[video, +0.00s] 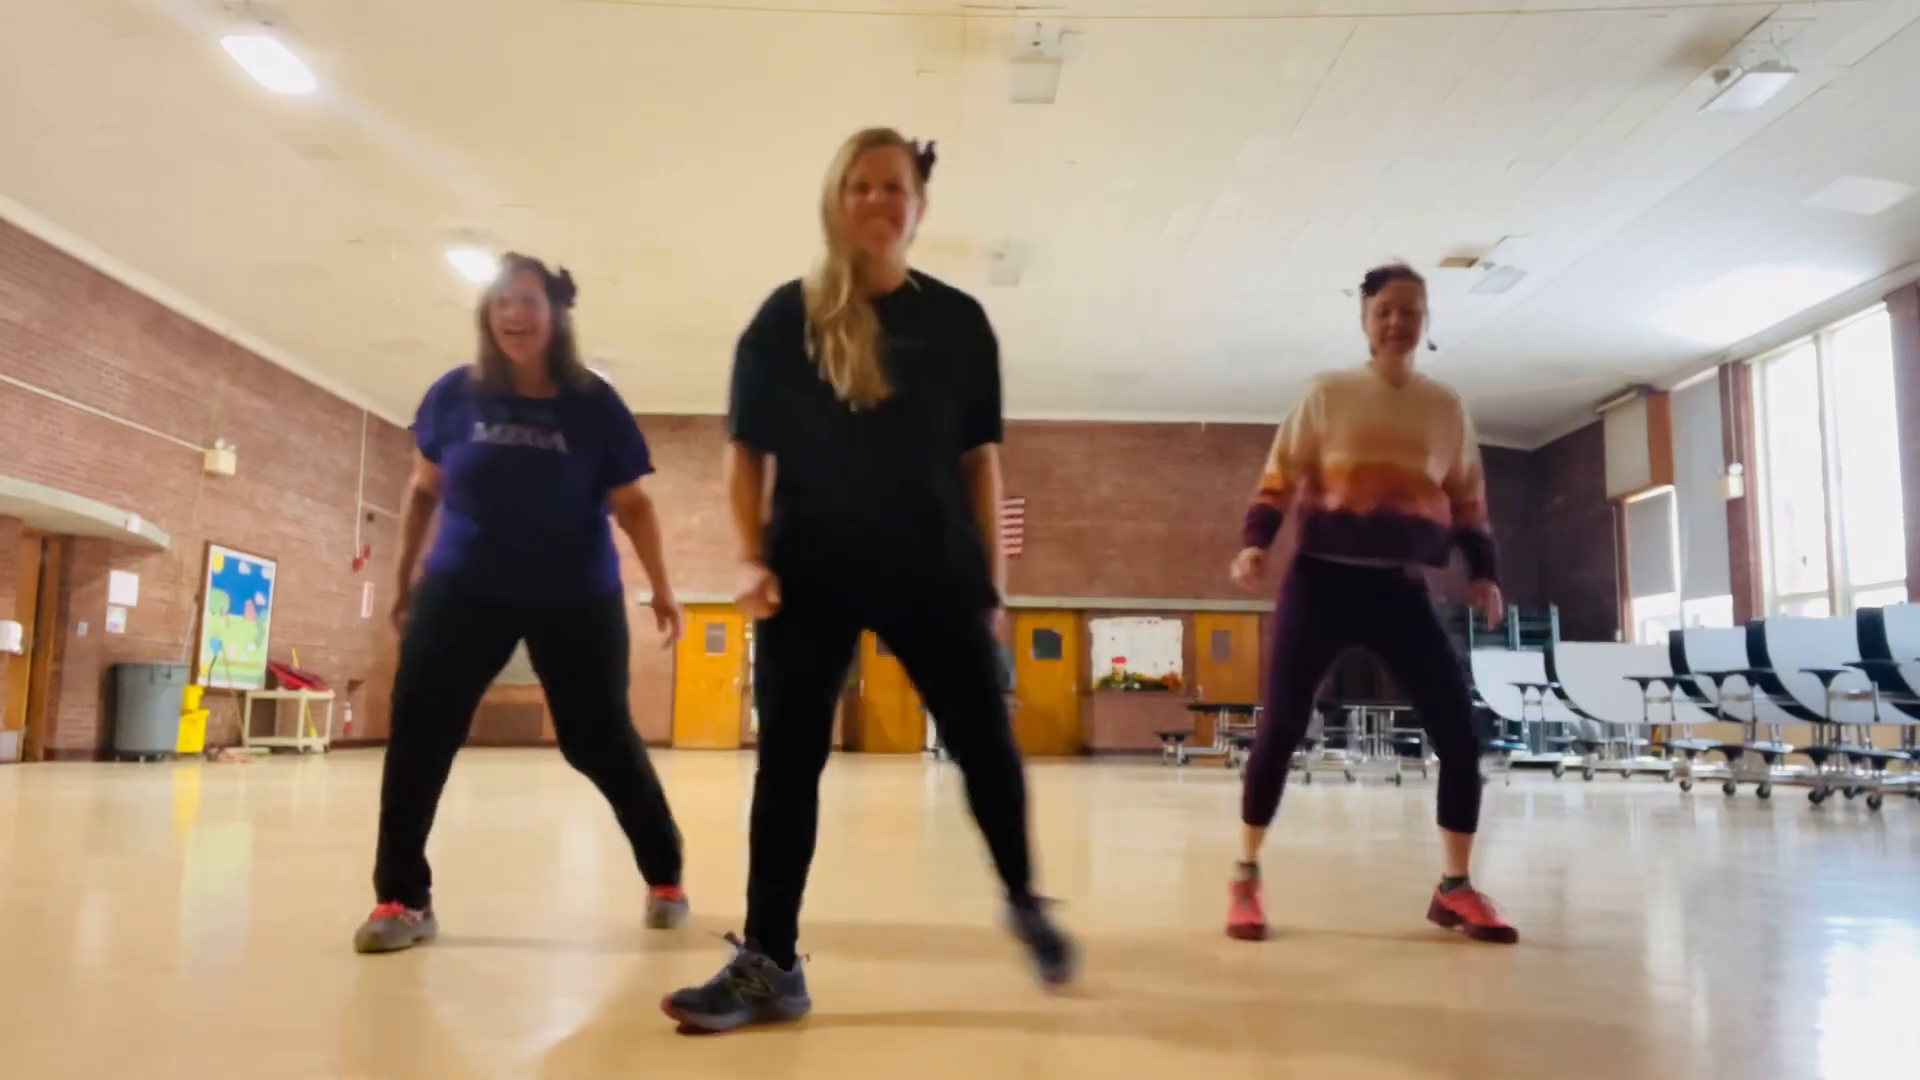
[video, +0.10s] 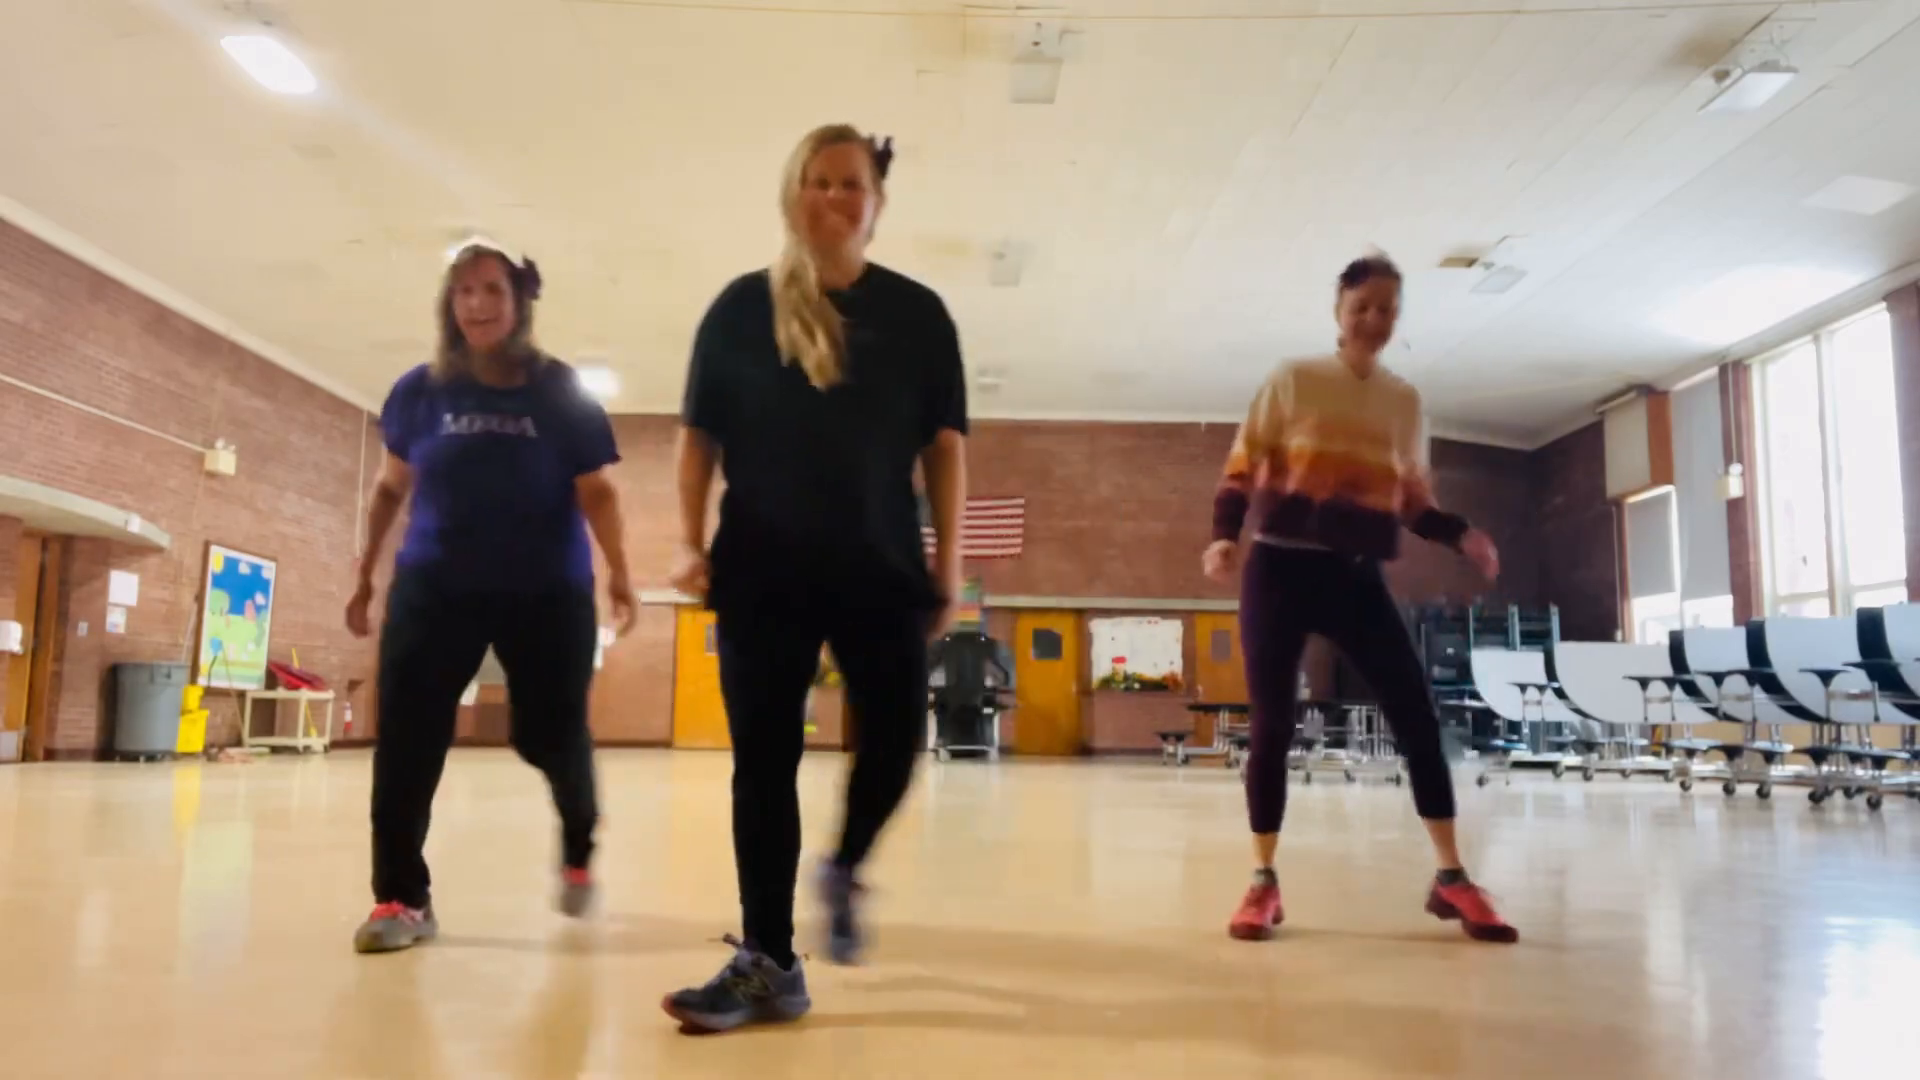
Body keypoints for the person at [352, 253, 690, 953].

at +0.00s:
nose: (514, 315)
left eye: (529, 303)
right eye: (502, 304)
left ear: (556, 314)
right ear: (486, 316)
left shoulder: (593, 403)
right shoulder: (456, 395)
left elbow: (632, 505)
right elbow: (423, 493)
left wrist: (661, 589)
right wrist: (404, 579)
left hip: (574, 596)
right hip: (467, 589)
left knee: (597, 739)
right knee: (418, 734)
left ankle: (665, 879)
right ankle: (402, 898)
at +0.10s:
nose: (479, 302)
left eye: (493, 290)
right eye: (466, 290)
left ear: (520, 303)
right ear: (449, 304)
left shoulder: (559, 390)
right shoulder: (420, 392)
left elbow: (597, 492)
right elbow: (390, 491)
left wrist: (618, 575)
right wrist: (366, 578)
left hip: (545, 592)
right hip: (438, 589)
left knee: (551, 737)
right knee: (405, 742)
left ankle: (578, 849)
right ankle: (402, 900)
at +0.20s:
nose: (454, 297)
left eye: (469, 285)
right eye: (441, 286)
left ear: (498, 297)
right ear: (427, 300)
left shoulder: (538, 386)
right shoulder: (397, 391)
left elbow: (574, 487)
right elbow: (372, 492)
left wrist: (568, 573)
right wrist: (348, 580)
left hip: (511, 595)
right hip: (412, 591)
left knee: (490, 740)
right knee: (395, 747)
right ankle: (399, 898)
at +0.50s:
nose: (441, 293)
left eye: (459, 286)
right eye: (433, 281)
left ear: (489, 306)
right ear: (417, 295)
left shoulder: (507, 403)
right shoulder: (368, 375)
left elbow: (521, 505)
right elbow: (326, 462)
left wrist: (493, 574)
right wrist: (293, 540)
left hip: (443, 594)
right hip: (345, 574)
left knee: (414, 737)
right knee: (316, 718)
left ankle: (408, 880)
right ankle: (328, 875)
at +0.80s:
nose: (364, 290)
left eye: (379, 282)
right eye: (352, 280)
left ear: (405, 303)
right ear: (332, 297)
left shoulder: (436, 397)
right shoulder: (287, 382)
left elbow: (458, 492)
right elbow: (249, 482)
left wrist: (465, 565)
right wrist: (214, 555)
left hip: (396, 594)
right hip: (288, 586)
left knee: (395, 740)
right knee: (256, 738)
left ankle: (408, 878)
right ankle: (240, 891)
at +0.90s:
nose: (337, 284)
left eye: (352, 276)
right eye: (325, 274)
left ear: (377, 296)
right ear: (305, 293)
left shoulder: (411, 386)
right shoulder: (267, 376)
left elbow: (456, 484)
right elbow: (214, 465)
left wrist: (460, 466)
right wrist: (195, 448)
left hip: (386, 584)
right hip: (277, 579)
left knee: (390, 728)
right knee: (252, 735)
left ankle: (408, 864)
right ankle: (239, 890)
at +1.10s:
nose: (312, 281)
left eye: (327, 271)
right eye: (298, 272)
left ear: (353, 291)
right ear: (281, 293)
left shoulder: (389, 370)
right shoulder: (251, 371)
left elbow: (430, 462)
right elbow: (188, 448)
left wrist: (420, 378)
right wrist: (197, 358)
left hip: (371, 575)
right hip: (265, 573)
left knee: (356, 730)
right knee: (247, 735)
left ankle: (354, 881)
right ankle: (239, 890)